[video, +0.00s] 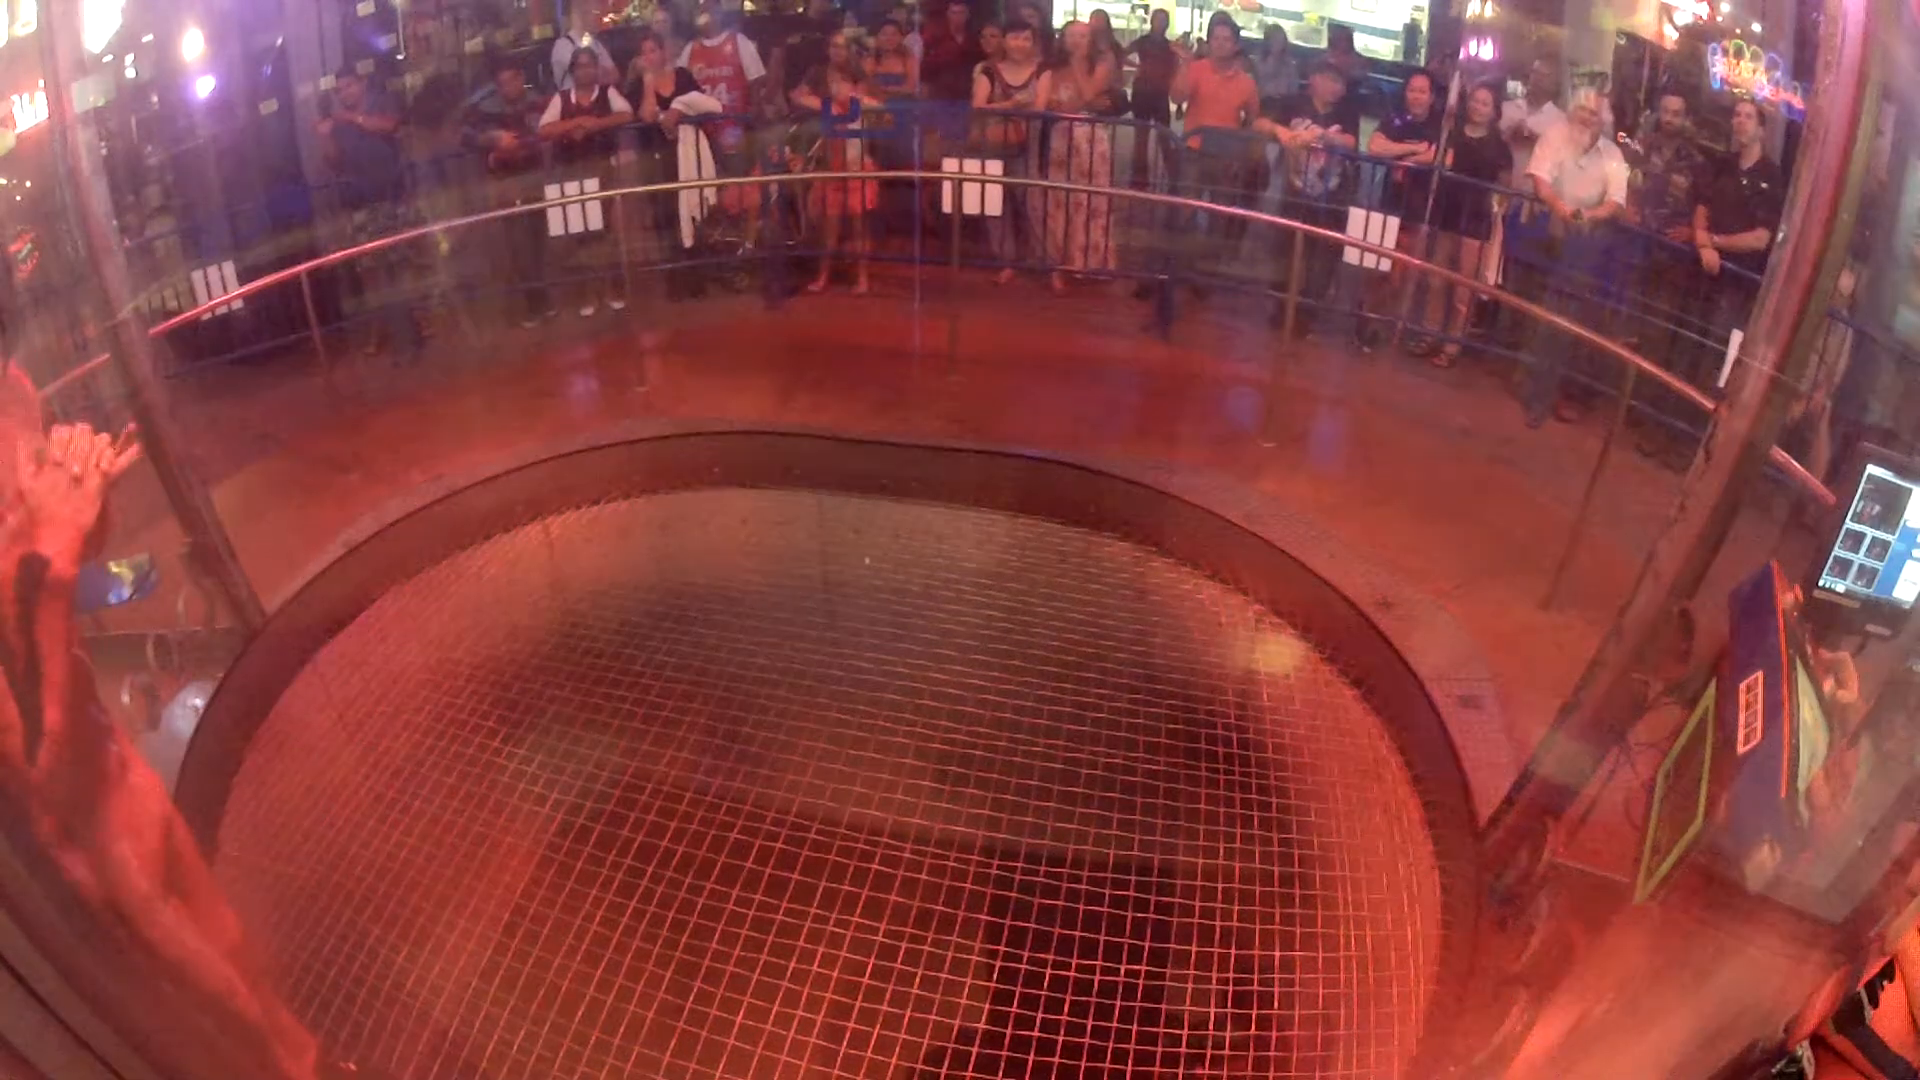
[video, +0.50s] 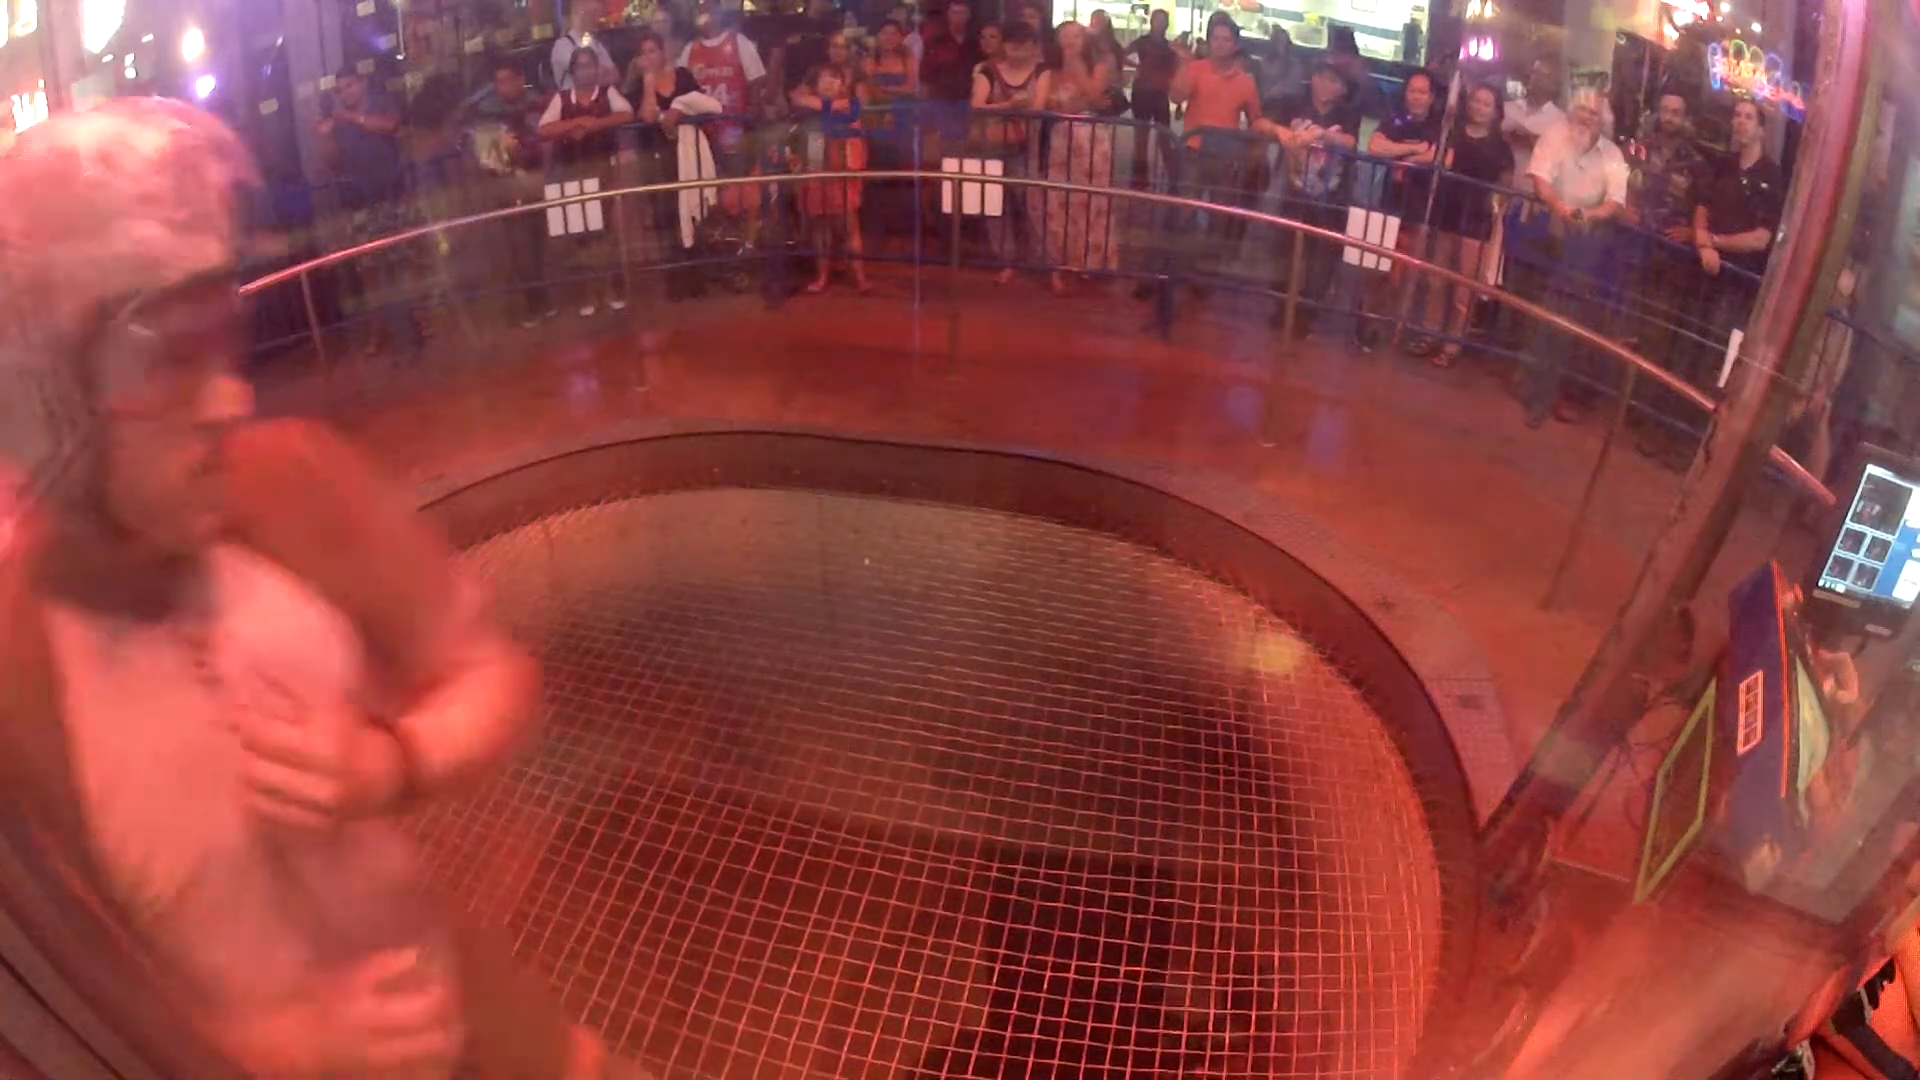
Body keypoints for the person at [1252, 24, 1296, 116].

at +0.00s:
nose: (1279, 43)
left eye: (1282, 39)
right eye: (1275, 39)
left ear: (1285, 41)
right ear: (1268, 41)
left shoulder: (1291, 64)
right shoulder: (1255, 61)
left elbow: (1294, 88)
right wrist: (1275, 55)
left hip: (1285, 102)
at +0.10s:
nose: (1279, 43)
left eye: (1281, 39)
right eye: (1275, 39)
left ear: (1285, 41)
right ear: (1268, 41)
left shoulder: (1291, 64)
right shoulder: (1255, 62)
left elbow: (1294, 88)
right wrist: (1275, 56)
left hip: (1286, 102)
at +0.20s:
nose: (1279, 43)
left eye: (1281, 39)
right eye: (1275, 40)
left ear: (1285, 41)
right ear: (1269, 42)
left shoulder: (1292, 63)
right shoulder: (1261, 62)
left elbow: (1295, 84)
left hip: (1288, 100)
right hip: (1268, 100)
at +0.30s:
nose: (1279, 43)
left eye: (1281, 39)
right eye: (1276, 40)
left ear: (1286, 41)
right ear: (1270, 41)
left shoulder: (1292, 62)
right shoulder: (1262, 61)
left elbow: (1296, 82)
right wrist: (1277, 56)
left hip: (1288, 98)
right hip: (1269, 99)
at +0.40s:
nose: (1280, 44)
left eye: (1282, 40)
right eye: (1276, 41)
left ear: (1287, 42)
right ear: (1270, 43)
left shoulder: (1294, 61)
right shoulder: (1264, 63)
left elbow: (1298, 82)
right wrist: (1277, 59)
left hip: (1292, 100)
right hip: (1271, 100)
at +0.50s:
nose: (1281, 44)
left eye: (1283, 41)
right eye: (1278, 41)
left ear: (1288, 42)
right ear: (1273, 42)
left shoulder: (1294, 61)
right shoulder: (1267, 59)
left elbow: (1294, 82)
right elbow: (1270, 73)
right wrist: (1281, 56)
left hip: (1291, 98)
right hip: (1271, 100)